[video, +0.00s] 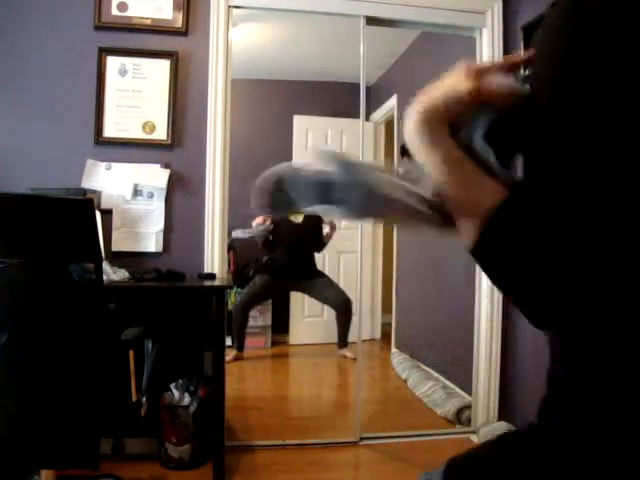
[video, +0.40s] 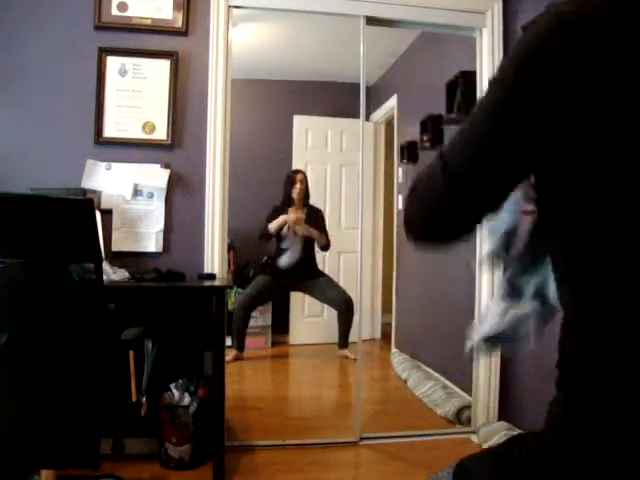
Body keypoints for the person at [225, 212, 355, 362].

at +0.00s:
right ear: (276, 207)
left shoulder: (312, 218)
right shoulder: (272, 221)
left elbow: (317, 247)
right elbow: (267, 249)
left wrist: (328, 235)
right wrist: (259, 231)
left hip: (306, 274)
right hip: (273, 275)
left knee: (343, 303)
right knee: (241, 305)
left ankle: (343, 347)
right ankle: (237, 350)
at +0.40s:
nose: (299, 187)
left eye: (302, 183)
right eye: (295, 183)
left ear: (307, 187)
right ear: (288, 186)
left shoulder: (314, 214)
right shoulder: (280, 210)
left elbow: (325, 245)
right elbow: (263, 236)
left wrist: (309, 230)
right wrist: (283, 220)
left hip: (307, 274)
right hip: (277, 274)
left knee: (345, 303)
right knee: (242, 304)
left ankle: (343, 348)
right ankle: (238, 350)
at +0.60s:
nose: (300, 185)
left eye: (303, 181)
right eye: (296, 181)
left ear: (307, 185)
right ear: (289, 184)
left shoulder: (315, 211)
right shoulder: (279, 208)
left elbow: (332, 231)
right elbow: (263, 223)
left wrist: (306, 222)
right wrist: (287, 217)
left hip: (309, 272)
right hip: (279, 272)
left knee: (345, 302)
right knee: (243, 303)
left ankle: (345, 347)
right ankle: (235, 350)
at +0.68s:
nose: (299, 185)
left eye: (303, 181)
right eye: (296, 181)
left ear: (307, 185)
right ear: (288, 184)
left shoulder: (315, 212)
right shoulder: (279, 210)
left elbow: (336, 237)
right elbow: (264, 225)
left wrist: (330, 230)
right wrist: (290, 222)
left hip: (309, 272)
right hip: (279, 272)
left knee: (345, 303)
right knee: (243, 303)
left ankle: (344, 347)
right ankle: (235, 350)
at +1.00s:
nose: (301, 185)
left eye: (304, 181)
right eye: (297, 181)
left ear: (309, 185)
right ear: (290, 184)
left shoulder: (316, 211)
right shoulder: (280, 209)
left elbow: (338, 233)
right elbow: (284, 220)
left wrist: (352, 229)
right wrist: (307, 219)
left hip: (308, 272)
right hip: (279, 271)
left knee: (343, 302)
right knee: (243, 304)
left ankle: (344, 347)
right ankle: (236, 350)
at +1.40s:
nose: (298, 187)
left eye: (301, 183)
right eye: (294, 183)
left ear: (306, 188)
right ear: (287, 186)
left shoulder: (308, 214)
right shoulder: (277, 210)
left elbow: (320, 238)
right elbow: (291, 225)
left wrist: (339, 238)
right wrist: (326, 230)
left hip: (307, 274)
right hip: (277, 274)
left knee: (342, 305)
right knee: (240, 302)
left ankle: (345, 347)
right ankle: (236, 350)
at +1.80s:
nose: (300, 187)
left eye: (305, 182)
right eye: (296, 183)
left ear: (311, 187)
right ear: (289, 186)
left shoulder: (316, 209)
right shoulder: (279, 208)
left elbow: (298, 225)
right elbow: (261, 220)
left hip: (310, 272)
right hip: (280, 271)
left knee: (346, 303)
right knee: (244, 302)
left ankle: (345, 347)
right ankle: (236, 349)